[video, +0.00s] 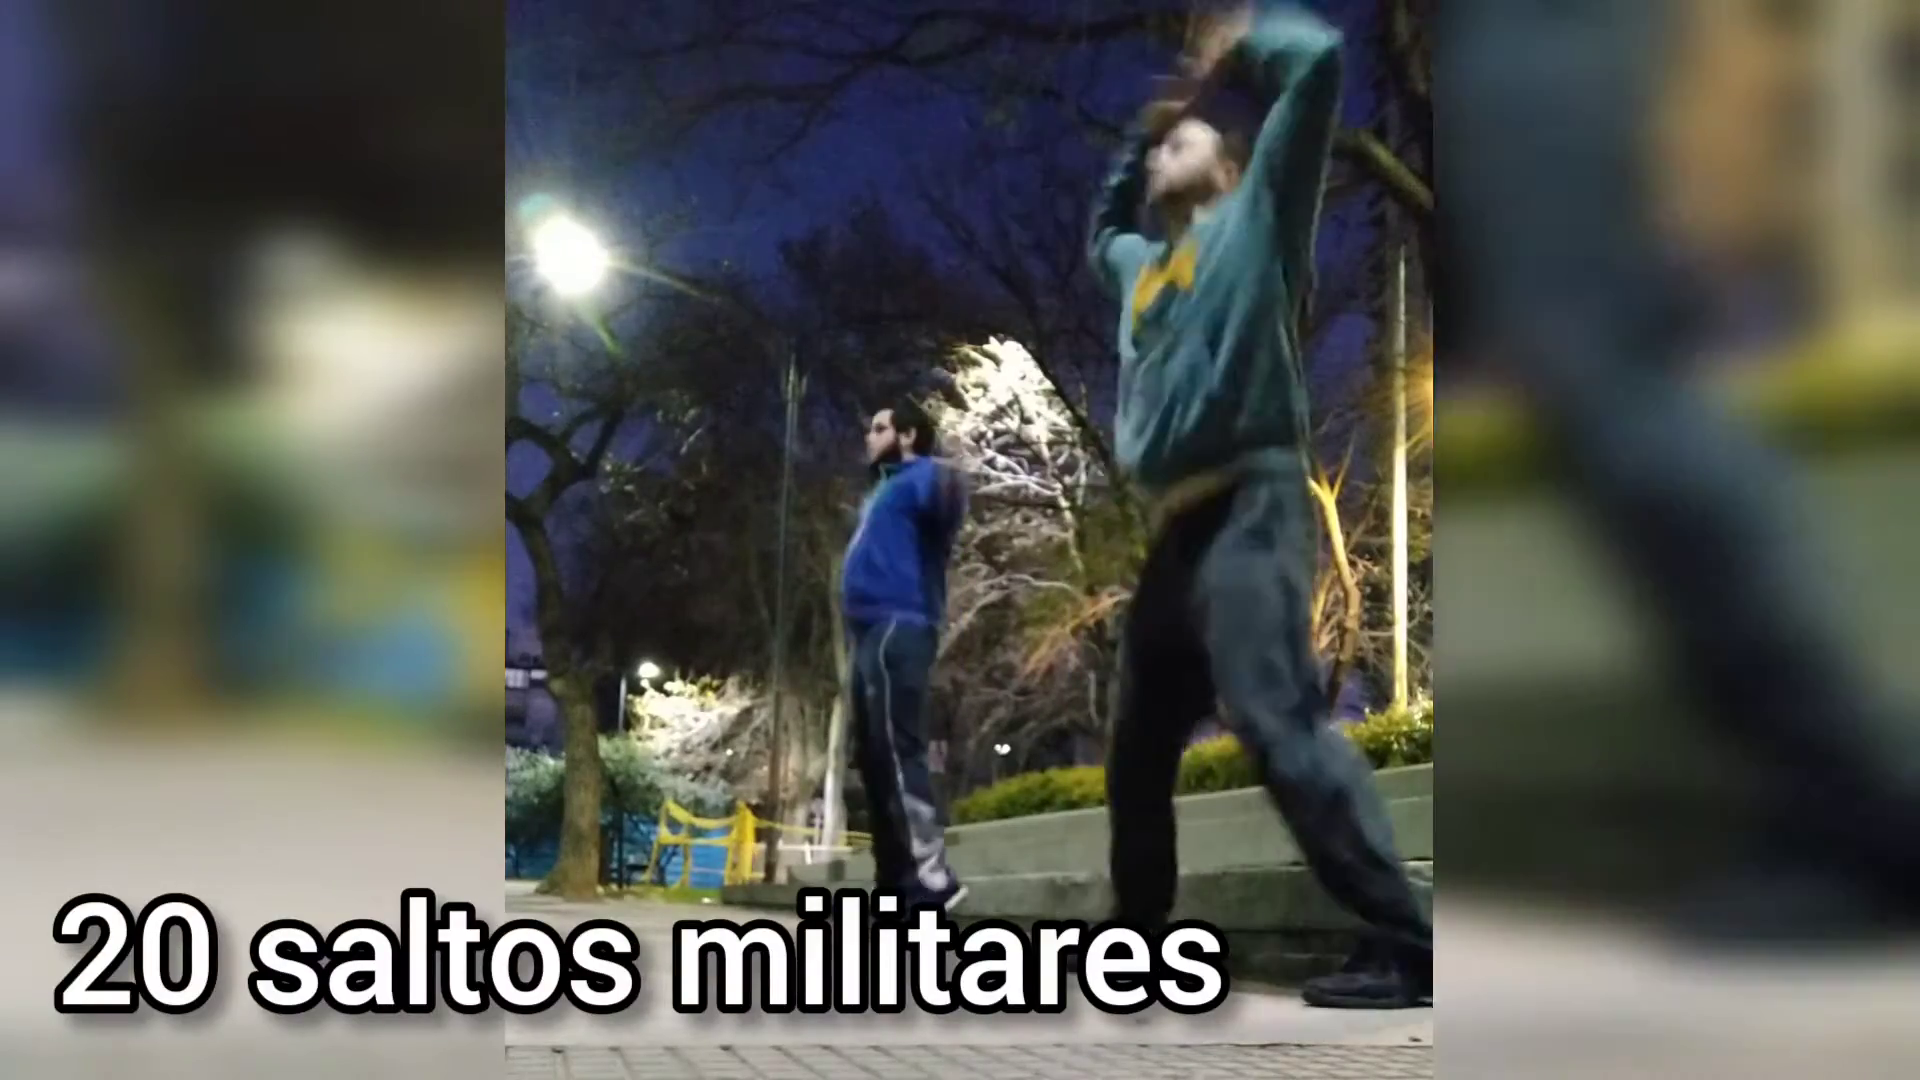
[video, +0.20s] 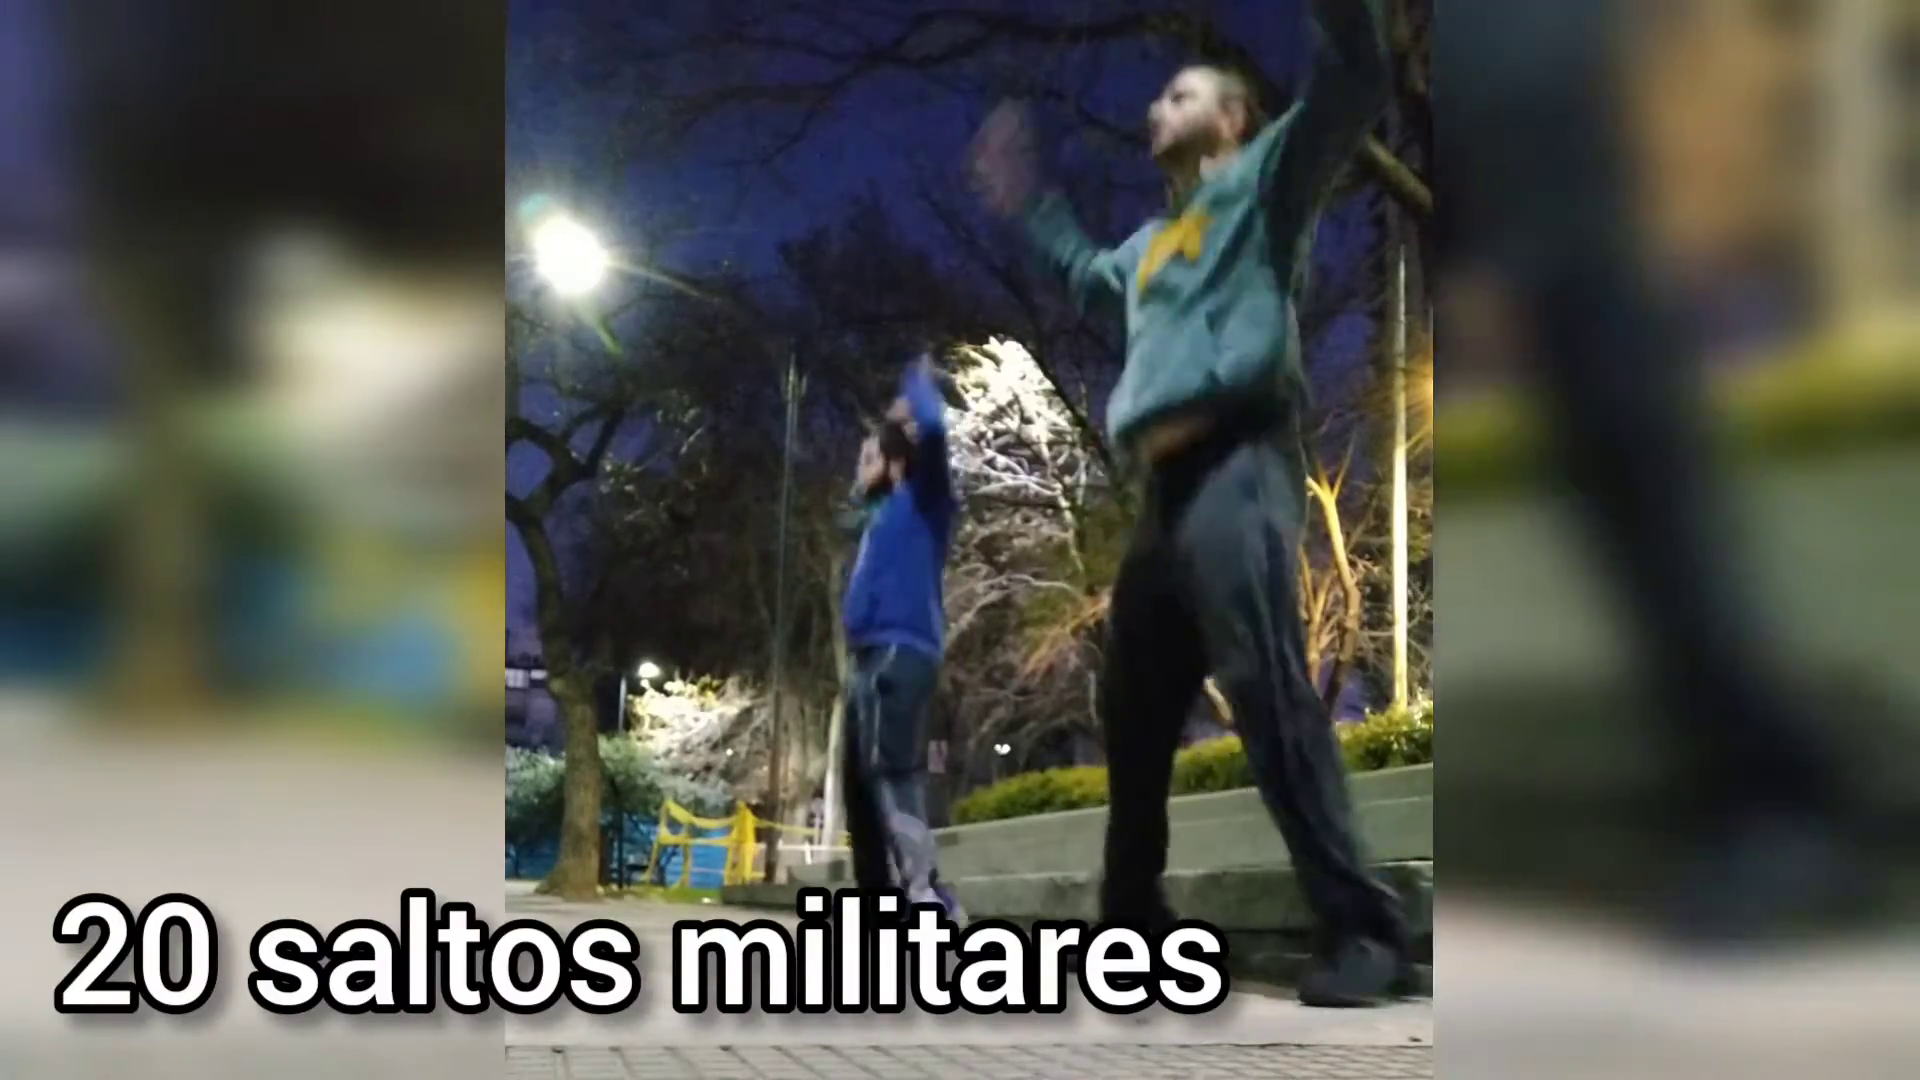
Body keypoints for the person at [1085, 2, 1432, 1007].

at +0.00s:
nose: (1167, 148)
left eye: (1185, 133)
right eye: (1158, 144)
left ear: (1229, 150)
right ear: (1149, 179)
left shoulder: (1262, 208)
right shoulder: (1140, 261)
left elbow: (1316, 57)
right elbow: (1107, 229)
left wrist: (1237, 36)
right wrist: (1135, 143)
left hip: (1256, 502)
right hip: (1178, 528)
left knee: (1270, 715)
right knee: (1139, 751)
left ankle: (1398, 946)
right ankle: (1142, 957)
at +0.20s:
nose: (1162, 101)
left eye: (1186, 91)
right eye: (1162, 93)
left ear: (1235, 119)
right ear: (1165, 131)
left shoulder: (1268, 177)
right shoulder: (1141, 247)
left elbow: (1348, 78)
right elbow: (1083, 270)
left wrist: (1342, 4)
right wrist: (1023, 197)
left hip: (1239, 459)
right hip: (1162, 484)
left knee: (1264, 689)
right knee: (1134, 712)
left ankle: (1363, 937)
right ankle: (1128, 939)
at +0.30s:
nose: (1152, 87)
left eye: (1175, 74)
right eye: (1154, 76)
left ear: (1228, 97)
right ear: (1167, 112)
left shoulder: (1250, 166)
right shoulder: (1145, 230)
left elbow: (1345, 144)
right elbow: (1089, 323)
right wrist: (991, 306)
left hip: (1234, 448)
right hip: (1164, 467)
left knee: (1251, 679)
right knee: (1133, 693)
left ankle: (1312, 909)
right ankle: (1147, 916)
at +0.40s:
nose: (1138, 111)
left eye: (1161, 98)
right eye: (1141, 100)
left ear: (1213, 122)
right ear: (1160, 132)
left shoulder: (1252, 197)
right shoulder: (1159, 233)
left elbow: (1341, 310)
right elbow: (1158, 359)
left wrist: (1292, 385)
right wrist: (1117, 444)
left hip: (1219, 482)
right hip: (1153, 492)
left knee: (1207, 714)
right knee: (1126, 722)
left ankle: (1243, 944)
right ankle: (1166, 937)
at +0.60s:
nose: (1136, 97)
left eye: (1158, 82)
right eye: (1136, 87)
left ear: (1209, 110)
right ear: (1147, 124)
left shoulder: (1243, 187)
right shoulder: (1147, 229)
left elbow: (1295, 292)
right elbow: (1136, 356)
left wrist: (1251, 389)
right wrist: (1112, 443)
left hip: (1213, 467)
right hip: (1139, 483)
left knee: (1202, 691)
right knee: (1127, 700)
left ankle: (1234, 933)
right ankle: (1170, 929)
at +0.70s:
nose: (1133, 81)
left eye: (1155, 65)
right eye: (1138, 68)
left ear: (1208, 87)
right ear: (1162, 101)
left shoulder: (1237, 167)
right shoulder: (1143, 220)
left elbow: (1302, 165)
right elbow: (1115, 358)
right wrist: (1013, 342)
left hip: (1215, 429)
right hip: (1143, 452)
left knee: (1221, 660)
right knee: (1128, 684)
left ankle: (1270, 902)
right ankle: (1141, 909)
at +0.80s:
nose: (1134, 95)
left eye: (1155, 84)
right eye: (1138, 86)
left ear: (1209, 104)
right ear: (1161, 116)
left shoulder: (1233, 172)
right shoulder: (1134, 226)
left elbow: (1281, 62)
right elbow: (1089, 289)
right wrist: (1036, 200)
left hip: (1211, 444)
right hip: (1138, 465)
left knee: (1235, 669)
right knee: (1108, 717)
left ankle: (1319, 920)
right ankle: (1106, 934)